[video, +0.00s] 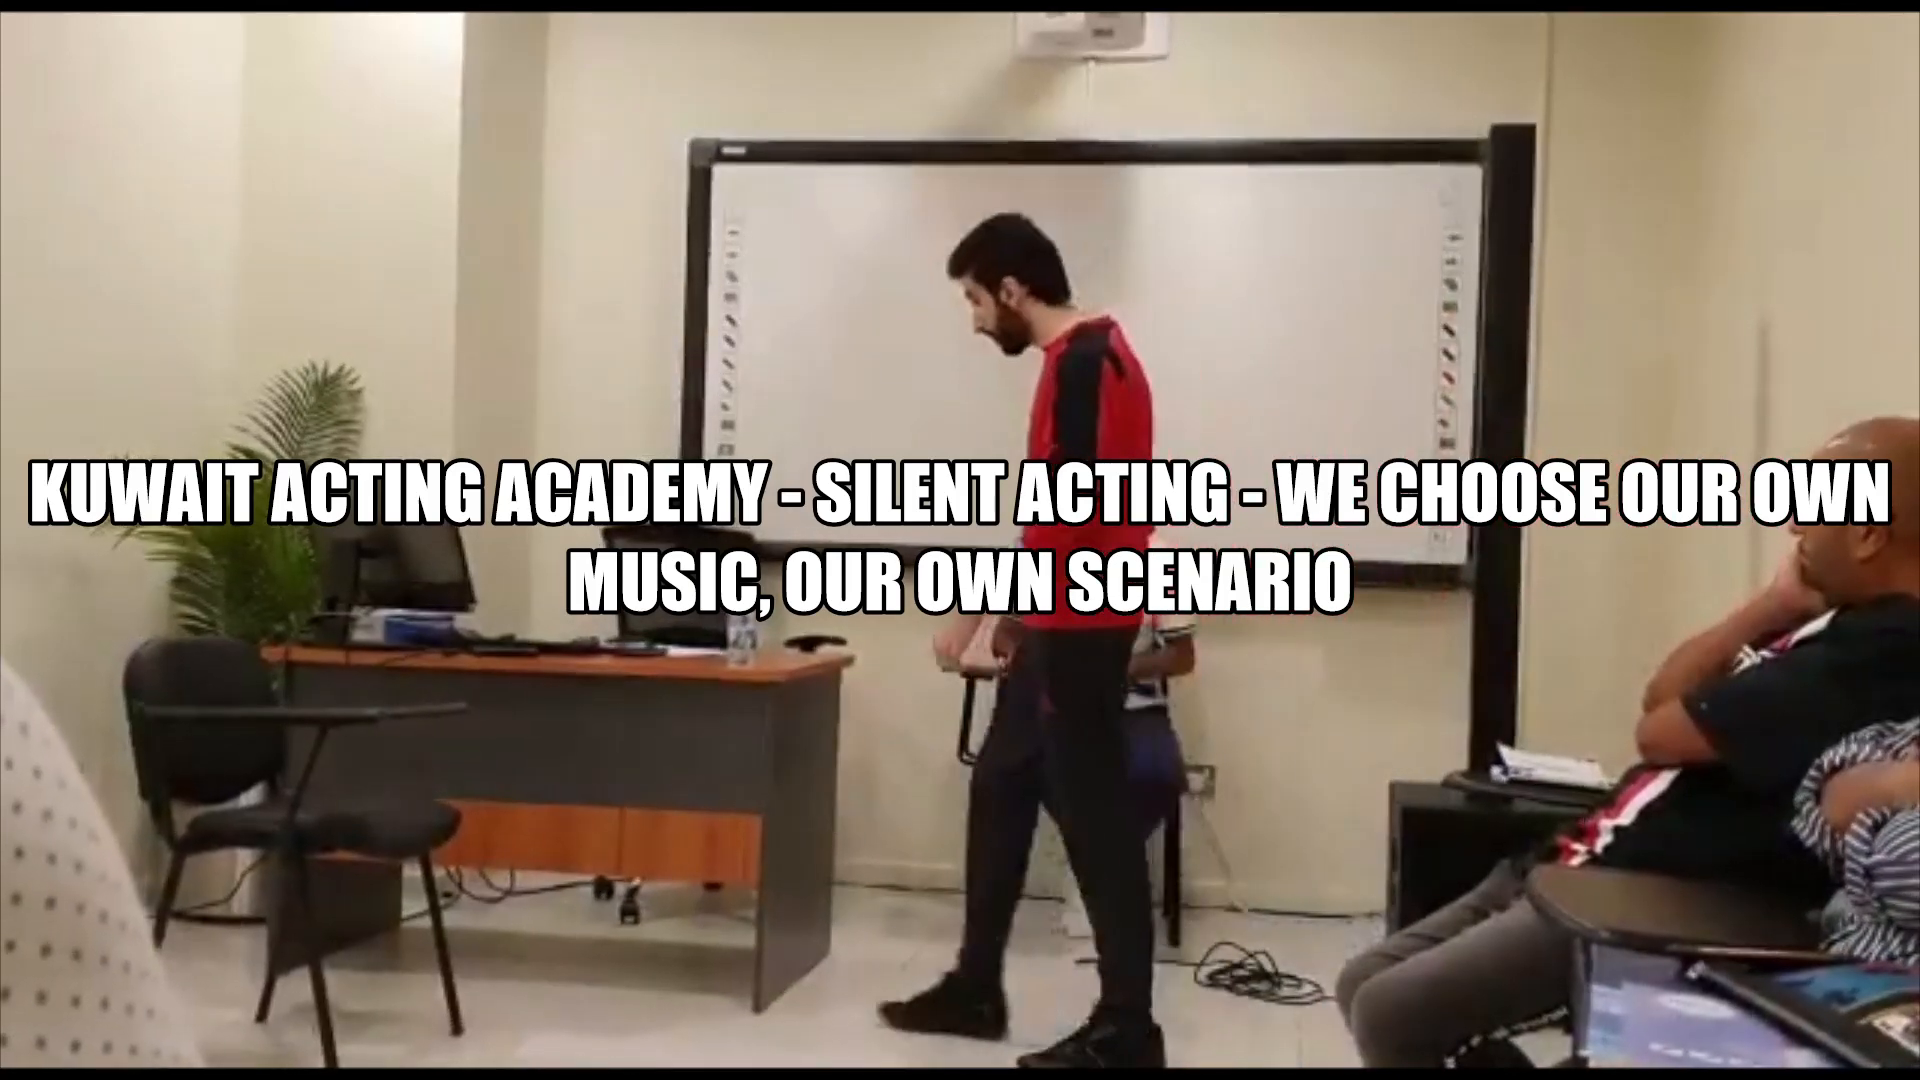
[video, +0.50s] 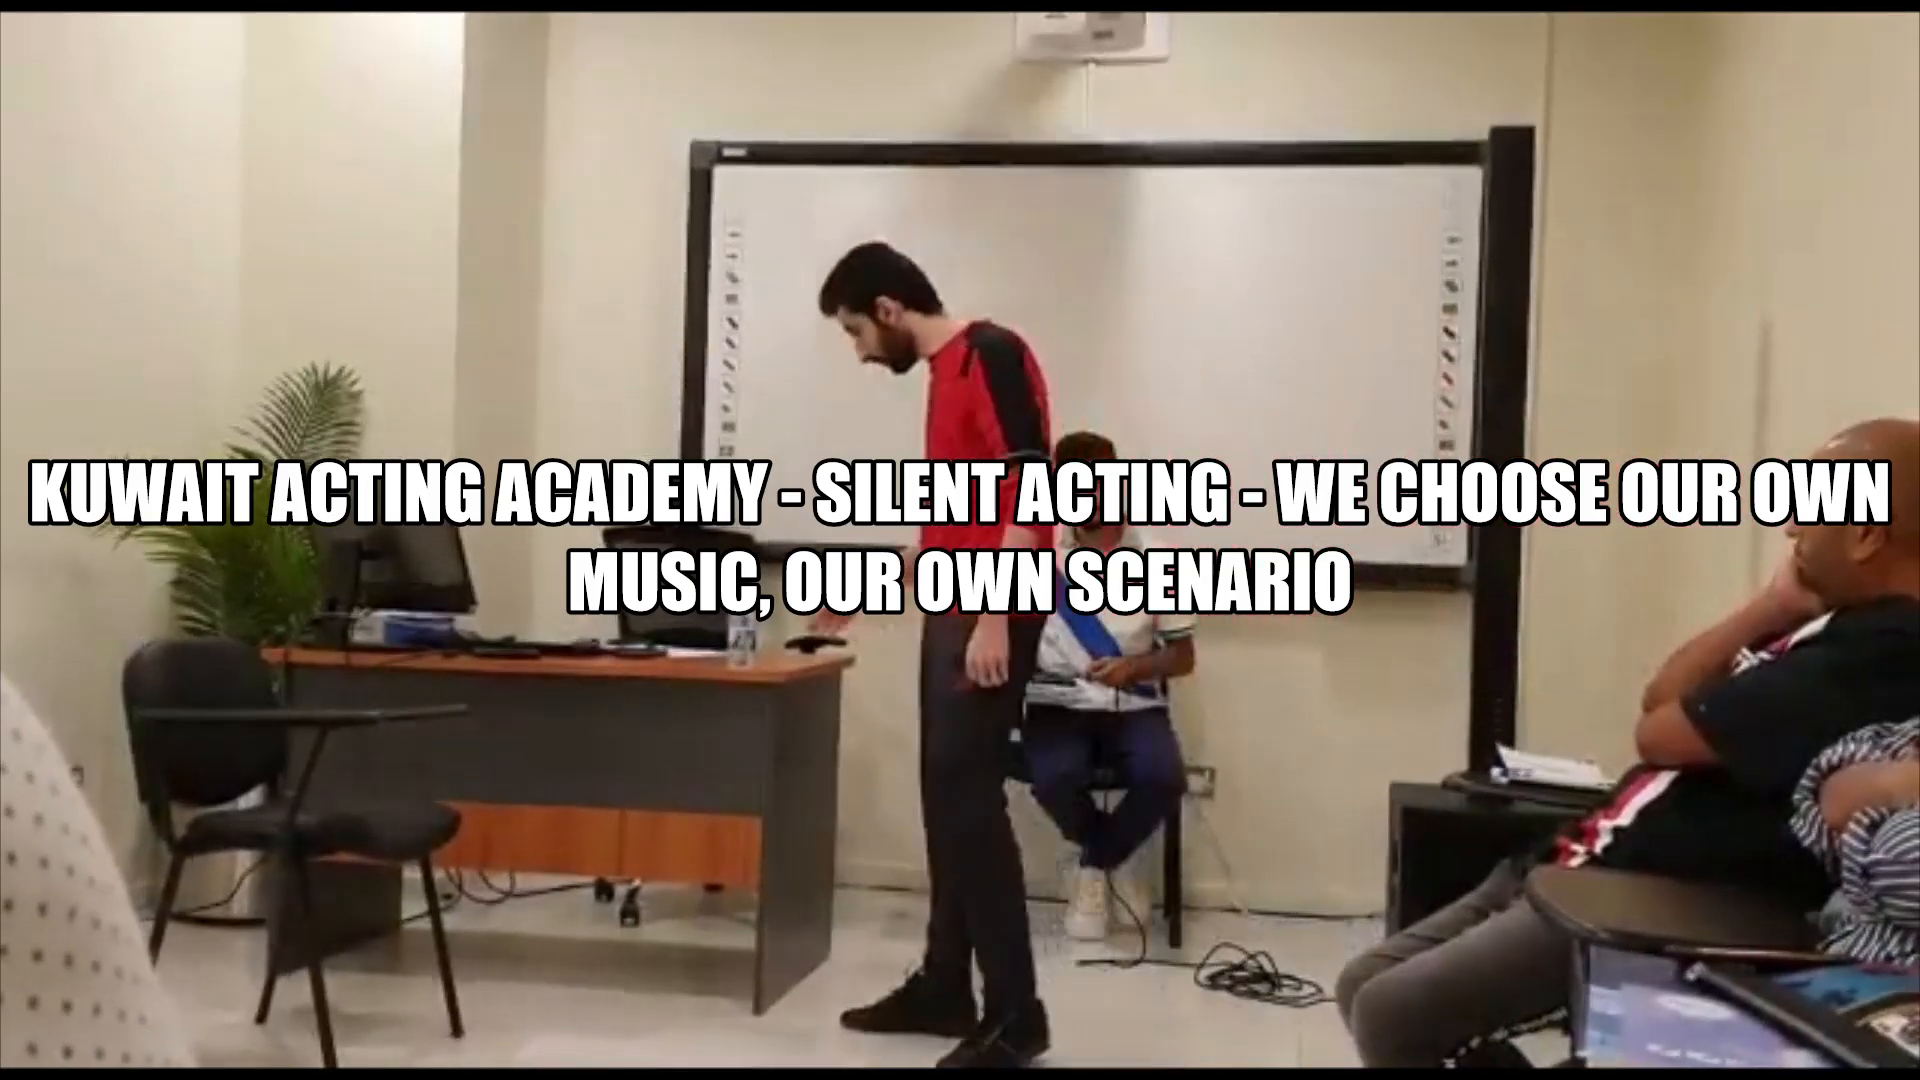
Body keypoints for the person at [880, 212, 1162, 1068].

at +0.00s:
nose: (975, 320)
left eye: (976, 300)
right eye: (970, 303)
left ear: (1014, 286)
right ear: (1026, 286)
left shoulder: (1085, 362)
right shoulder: (1076, 359)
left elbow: (1076, 517)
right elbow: (1052, 516)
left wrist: (1000, 618)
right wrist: (1000, 612)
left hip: (1086, 633)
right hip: (1051, 631)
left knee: (1097, 819)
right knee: (998, 788)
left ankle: (1125, 1024)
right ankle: (974, 985)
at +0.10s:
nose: (950, 333)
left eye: (949, 314)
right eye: (945, 317)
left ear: (985, 298)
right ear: (994, 297)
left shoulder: (1063, 365)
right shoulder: (1046, 366)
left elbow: (1053, 517)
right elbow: (1030, 516)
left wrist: (966, 614)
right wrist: (978, 619)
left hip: (1059, 642)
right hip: (1019, 641)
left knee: (1080, 835)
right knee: (972, 809)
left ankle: (1124, 1027)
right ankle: (943, 987)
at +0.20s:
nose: (923, 333)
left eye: (921, 313)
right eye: (917, 316)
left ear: (956, 296)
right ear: (967, 295)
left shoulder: (1036, 357)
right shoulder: (1025, 360)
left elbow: (1029, 507)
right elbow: (1034, 506)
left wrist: (966, 621)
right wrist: (993, 621)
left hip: (1030, 630)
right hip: (1002, 632)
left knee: (1043, 814)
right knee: (956, 801)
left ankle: (1116, 1013)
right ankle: (943, 987)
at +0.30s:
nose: (895, 336)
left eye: (894, 315)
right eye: (888, 319)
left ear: (931, 295)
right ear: (937, 296)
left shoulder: (1019, 355)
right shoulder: (990, 362)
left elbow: (1023, 500)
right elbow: (991, 502)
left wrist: (978, 622)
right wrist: (967, 620)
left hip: (1017, 625)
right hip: (986, 624)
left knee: (991, 804)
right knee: (956, 797)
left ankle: (1097, 992)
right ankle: (943, 985)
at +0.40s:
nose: (874, 346)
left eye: (872, 326)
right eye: (867, 330)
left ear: (907, 303)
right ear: (912, 305)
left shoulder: (1004, 356)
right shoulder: (964, 370)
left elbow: (1032, 496)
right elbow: (960, 504)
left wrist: (994, 620)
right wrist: (916, 598)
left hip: (999, 622)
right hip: (962, 616)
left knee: (971, 799)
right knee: (952, 800)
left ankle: (1061, 995)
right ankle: (944, 986)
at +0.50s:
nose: (858, 350)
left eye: (855, 330)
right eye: (850, 334)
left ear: (890, 308)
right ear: (895, 310)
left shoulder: (992, 353)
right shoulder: (944, 376)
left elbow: (1037, 489)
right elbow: (957, 503)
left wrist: (998, 615)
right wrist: (922, 564)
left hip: (988, 617)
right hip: (950, 615)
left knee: (971, 804)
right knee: (945, 801)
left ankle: (1014, 1014)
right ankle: (943, 986)